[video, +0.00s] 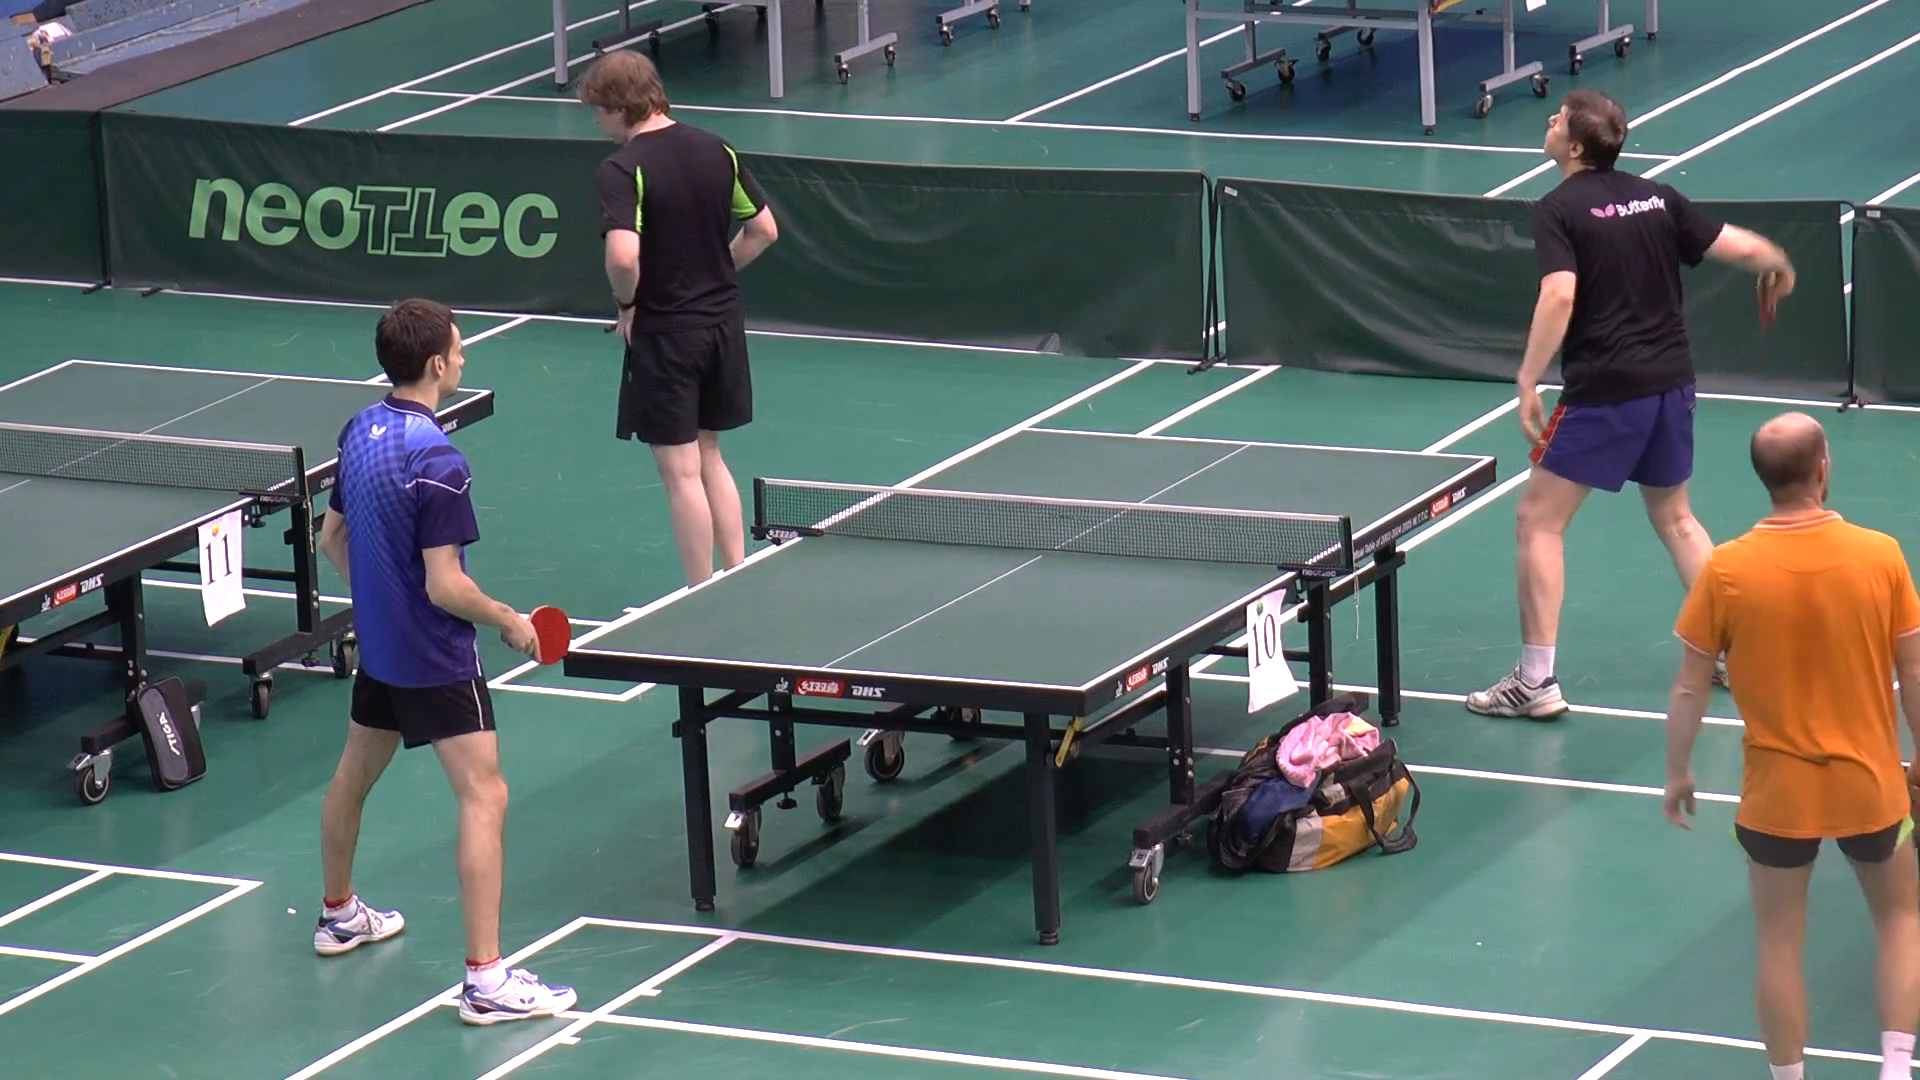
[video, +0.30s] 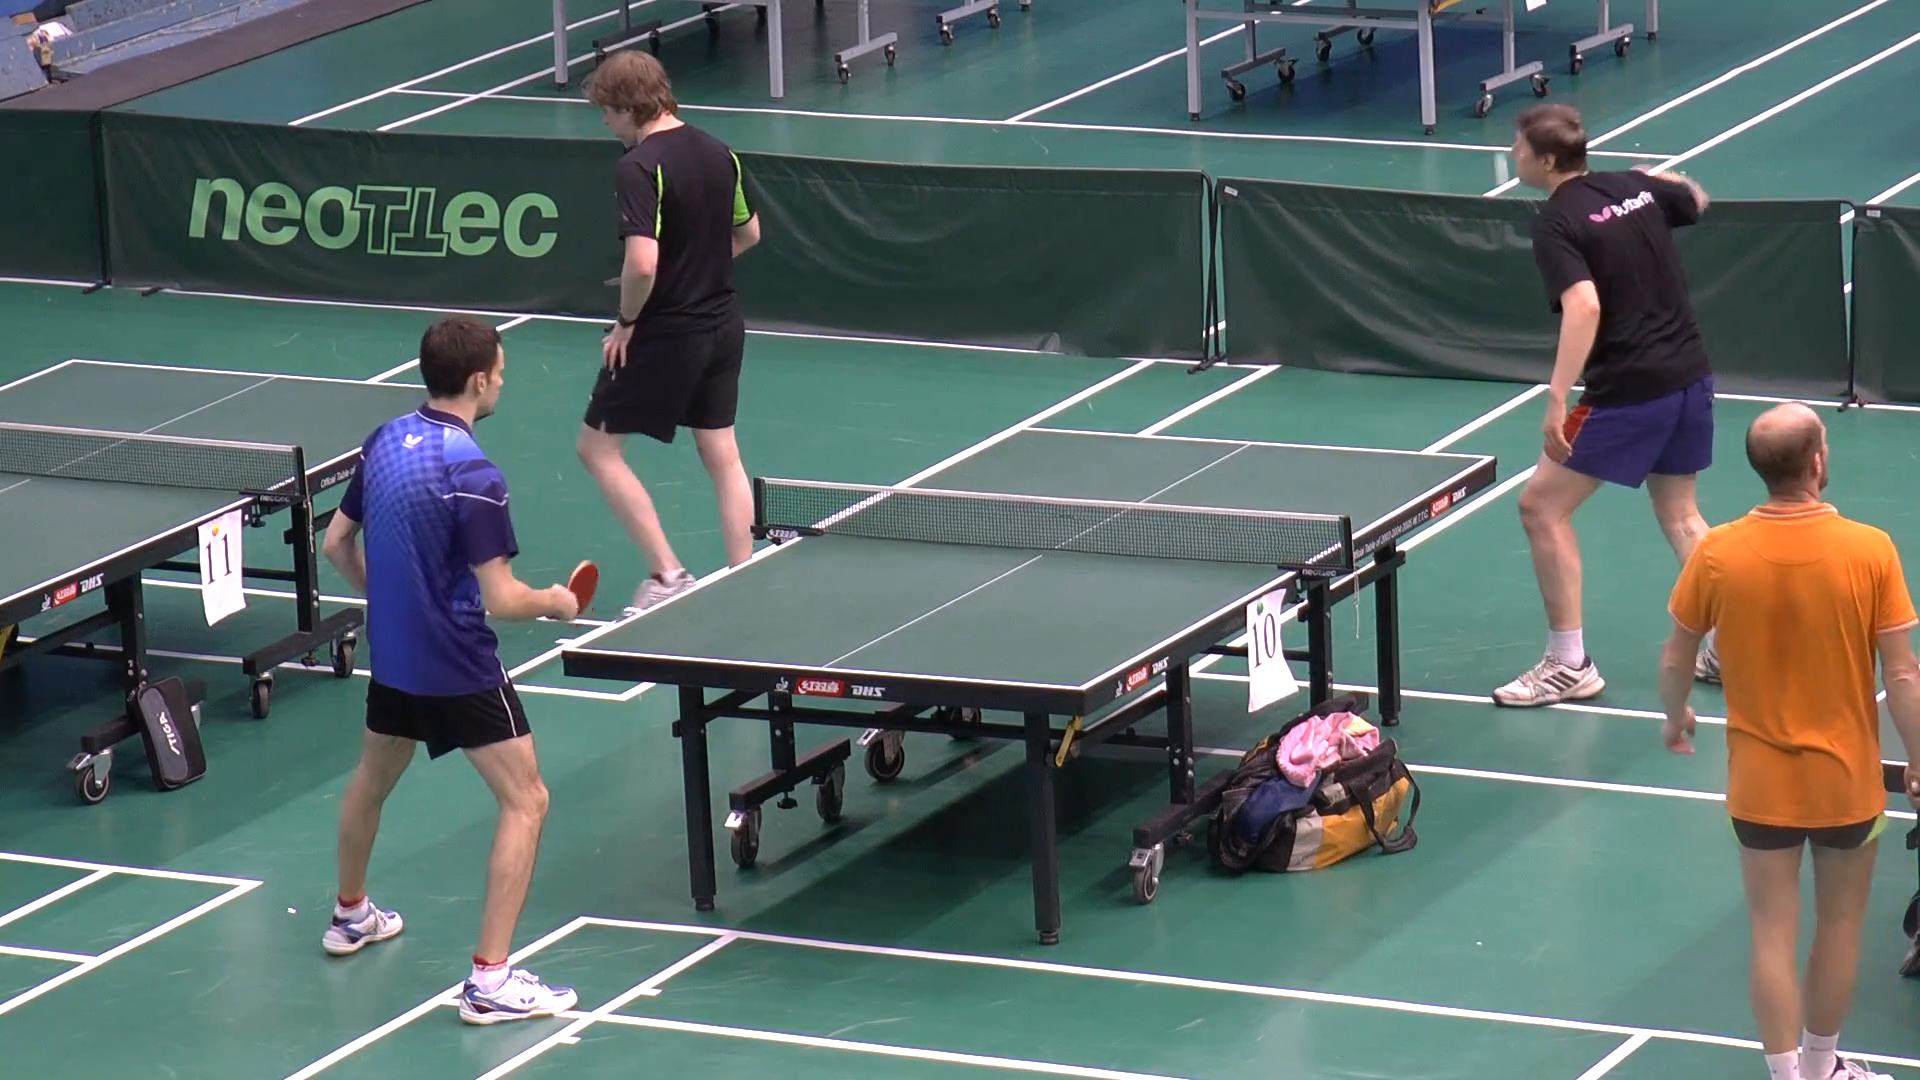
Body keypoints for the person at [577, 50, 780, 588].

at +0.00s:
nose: (598, 122)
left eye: (599, 111)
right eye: (595, 112)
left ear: (619, 106)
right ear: (654, 93)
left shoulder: (623, 167)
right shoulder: (713, 147)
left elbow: (624, 258)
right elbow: (763, 229)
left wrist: (626, 304)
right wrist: (717, 268)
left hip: (667, 339)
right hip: (724, 329)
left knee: (683, 476)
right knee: (710, 459)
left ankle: (704, 599)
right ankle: (740, 579)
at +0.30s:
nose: (607, 123)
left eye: (606, 112)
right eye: (603, 112)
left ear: (623, 109)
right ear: (662, 95)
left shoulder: (639, 165)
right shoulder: (718, 151)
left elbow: (644, 265)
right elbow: (748, 232)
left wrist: (625, 323)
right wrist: (697, 262)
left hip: (666, 338)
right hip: (723, 330)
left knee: (597, 447)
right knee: (723, 454)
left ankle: (669, 575)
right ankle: (747, 582)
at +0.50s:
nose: (587, 127)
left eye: (587, 116)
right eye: (584, 117)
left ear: (606, 111)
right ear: (641, 99)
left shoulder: (625, 167)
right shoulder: (700, 154)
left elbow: (613, 271)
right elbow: (721, 241)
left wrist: (587, 332)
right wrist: (654, 260)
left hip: (643, 336)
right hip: (705, 332)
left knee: (574, 446)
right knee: (707, 457)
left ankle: (575, 597)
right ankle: (742, 584)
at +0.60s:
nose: (562, 136)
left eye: (564, 124)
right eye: (560, 124)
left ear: (588, 118)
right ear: (616, 109)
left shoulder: (607, 175)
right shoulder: (681, 159)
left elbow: (583, 277)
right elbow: (704, 246)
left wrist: (546, 334)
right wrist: (642, 267)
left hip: (629, 344)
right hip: (690, 339)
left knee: (565, 459)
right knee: (687, 460)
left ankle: (542, 596)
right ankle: (735, 580)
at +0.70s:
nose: (534, 150)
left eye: (535, 139)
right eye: (531, 140)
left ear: (562, 132)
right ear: (589, 122)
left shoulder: (576, 192)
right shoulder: (654, 167)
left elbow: (544, 293)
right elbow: (682, 252)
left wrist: (503, 337)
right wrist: (598, 284)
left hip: (608, 354)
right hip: (672, 348)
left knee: (552, 469)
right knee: (669, 467)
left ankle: (527, 596)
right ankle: (731, 577)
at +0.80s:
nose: (497, 164)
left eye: (499, 152)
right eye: (493, 154)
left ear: (525, 145)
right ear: (550, 134)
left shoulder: (543, 207)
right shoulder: (623, 172)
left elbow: (507, 310)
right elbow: (660, 251)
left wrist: (460, 364)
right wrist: (582, 292)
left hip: (594, 350)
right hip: (657, 343)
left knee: (534, 463)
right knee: (648, 465)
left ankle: (523, 601)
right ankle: (727, 575)